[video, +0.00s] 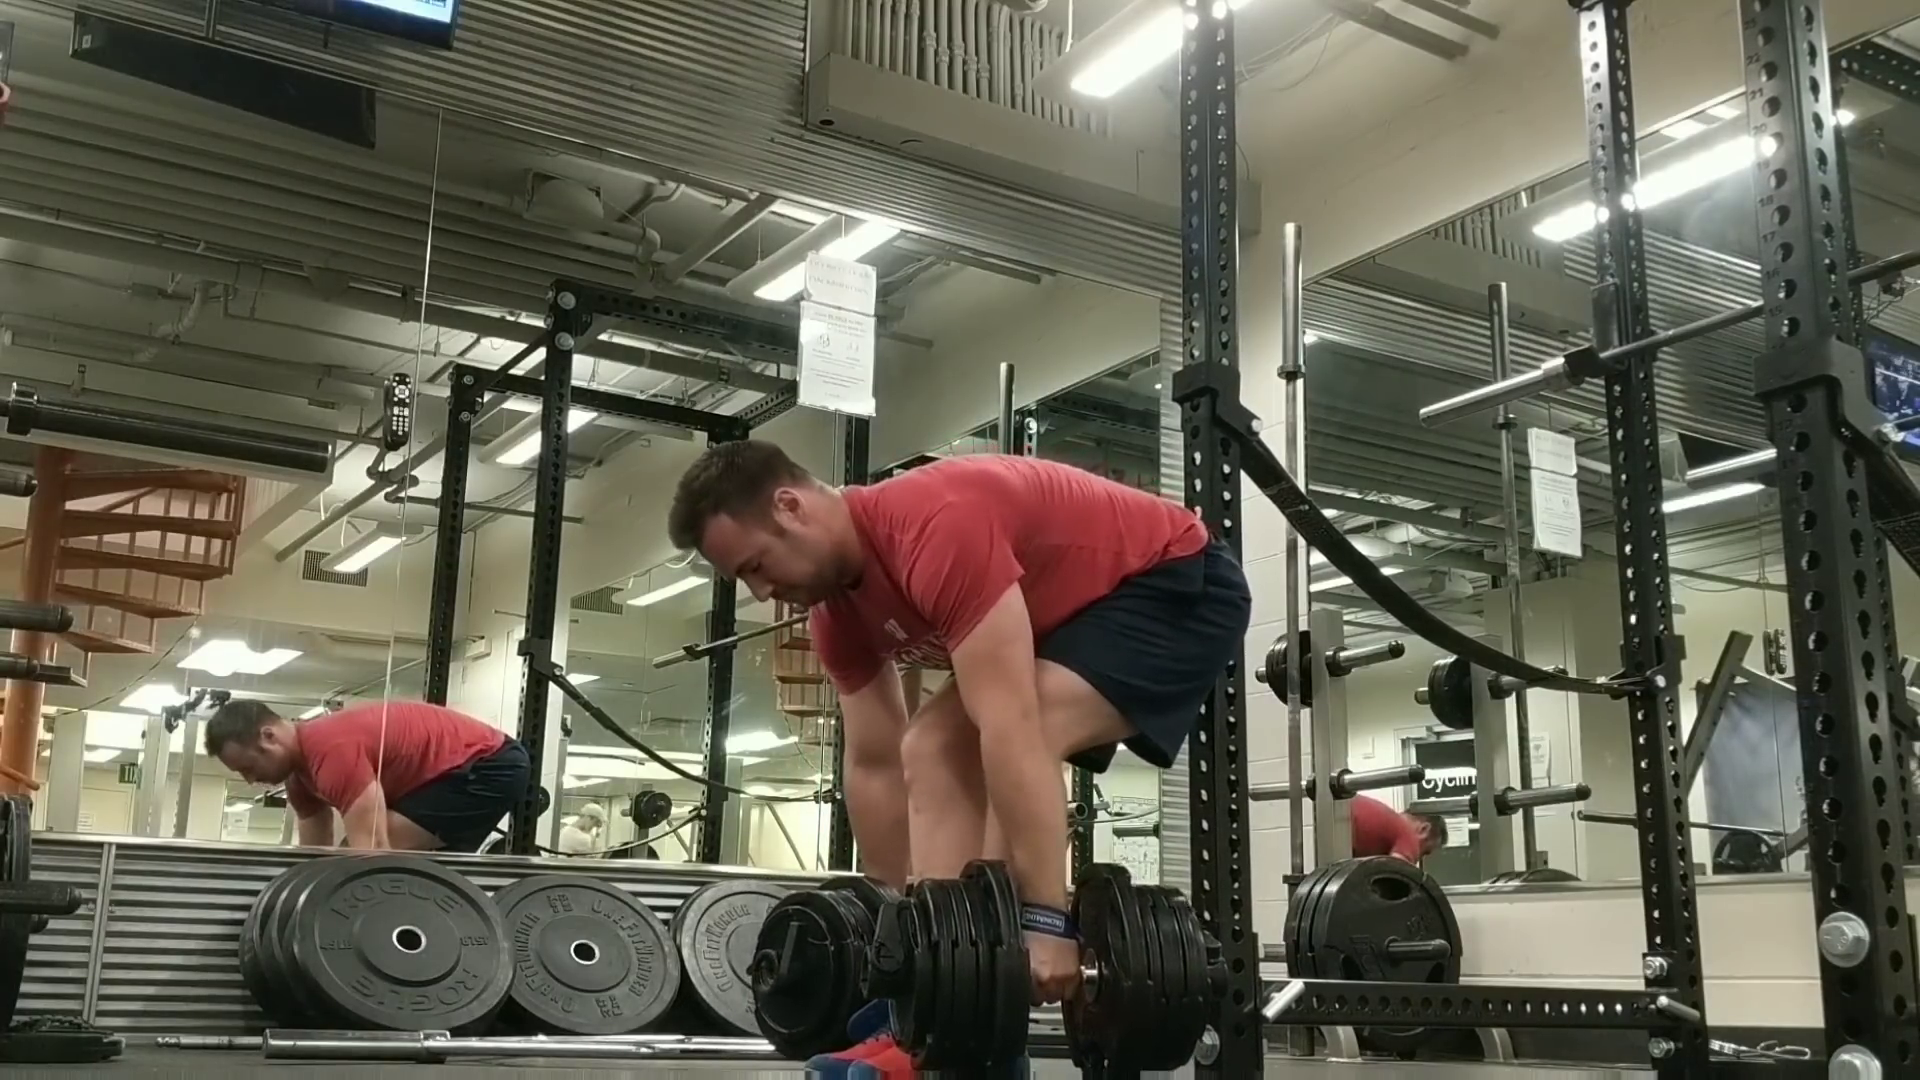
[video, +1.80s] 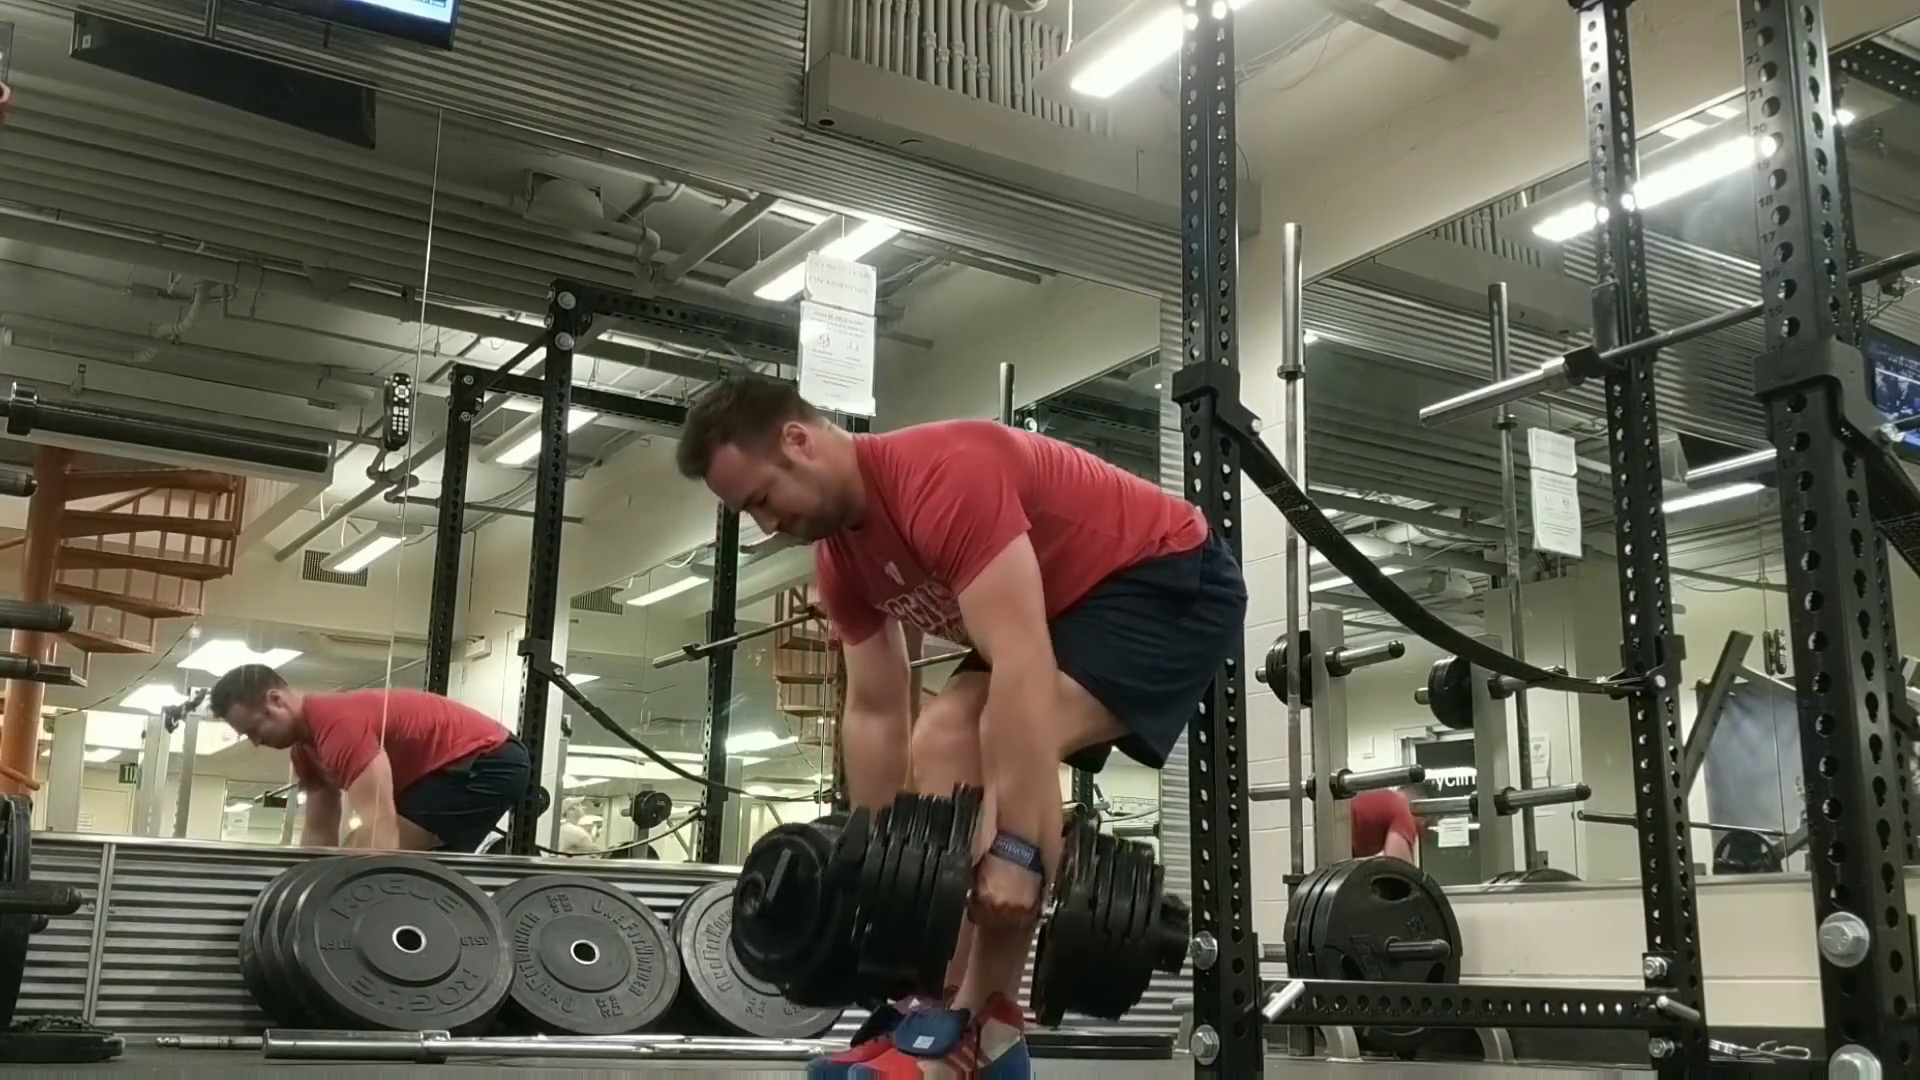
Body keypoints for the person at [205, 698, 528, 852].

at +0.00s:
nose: (253, 782)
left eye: (249, 770)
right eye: (244, 776)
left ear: (268, 737)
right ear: (268, 738)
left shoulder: (331, 751)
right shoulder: (302, 775)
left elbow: (366, 851)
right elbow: (315, 856)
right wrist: (297, 916)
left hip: (491, 766)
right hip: (463, 771)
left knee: (381, 849)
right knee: (386, 855)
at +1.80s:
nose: (253, 741)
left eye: (252, 729)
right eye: (245, 735)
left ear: (277, 700)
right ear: (275, 703)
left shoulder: (338, 724)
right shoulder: (306, 748)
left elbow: (381, 824)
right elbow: (320, 831)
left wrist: (367, 915)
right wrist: (294, 901)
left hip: (488, 762)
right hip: (453, 771)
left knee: (369, 848)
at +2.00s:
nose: (271, 723)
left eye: (269, 711)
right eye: (262, 719)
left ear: (285, 679)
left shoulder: (348, 702)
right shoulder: (314, 727)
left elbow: (406, 789)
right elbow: (340, 796)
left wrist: (381, 885)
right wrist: (313, 871)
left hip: (487, 759)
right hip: (450, 767)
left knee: (401, 863)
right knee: (363, 854)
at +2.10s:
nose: (276, 716)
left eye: (272, 705)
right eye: (267, 711)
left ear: (288, 672)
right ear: (290, 674)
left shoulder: (353, 692)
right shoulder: (319, 712)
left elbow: (422, 764)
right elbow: (354, 781)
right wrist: (338, 847)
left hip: (489, 759)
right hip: (454, 763)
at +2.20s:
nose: (287, 710)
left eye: (281, 700)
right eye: (278, 705)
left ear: (293, 666)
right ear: (294, 668)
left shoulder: (362, 682)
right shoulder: (327, 703)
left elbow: (435, 747)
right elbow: (364, 763)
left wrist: (421, 835)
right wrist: (359, 825)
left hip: (491, 759)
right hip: (454, 762)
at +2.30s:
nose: (300, 705)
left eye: (292, 697)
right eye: (289, 703)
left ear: (298, 664)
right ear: (299, 663)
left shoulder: (364, 674)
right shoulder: (335, 694)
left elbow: (446, 729)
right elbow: (376, 748)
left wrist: (433, 818)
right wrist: (362, 813)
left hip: (489, 762)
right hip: (451, 765)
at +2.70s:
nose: (303, 710)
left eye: (293, 705)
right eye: (293, 709)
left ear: (297, 671)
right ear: (298, 670)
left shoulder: (365, 674)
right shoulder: (334, 695)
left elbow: (444, 733)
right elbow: (373, 757)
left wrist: (431, 821)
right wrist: (363, 821)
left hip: (491, 761)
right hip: (444, 766)